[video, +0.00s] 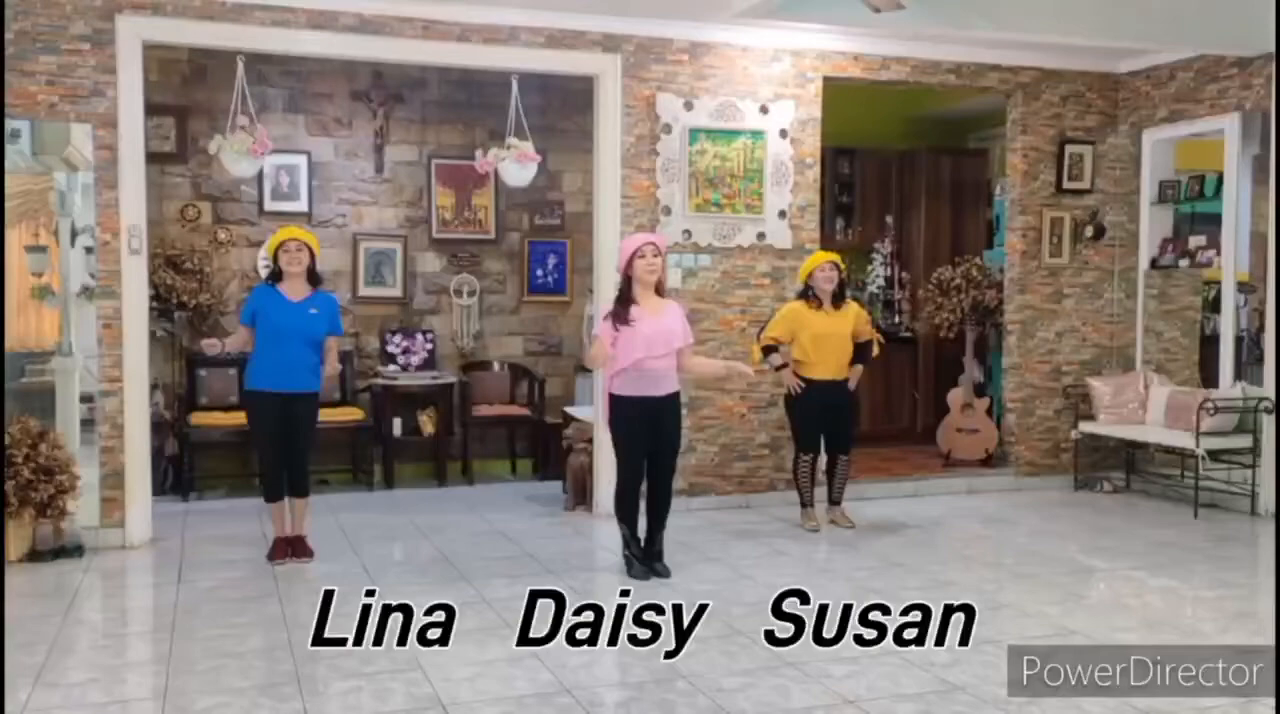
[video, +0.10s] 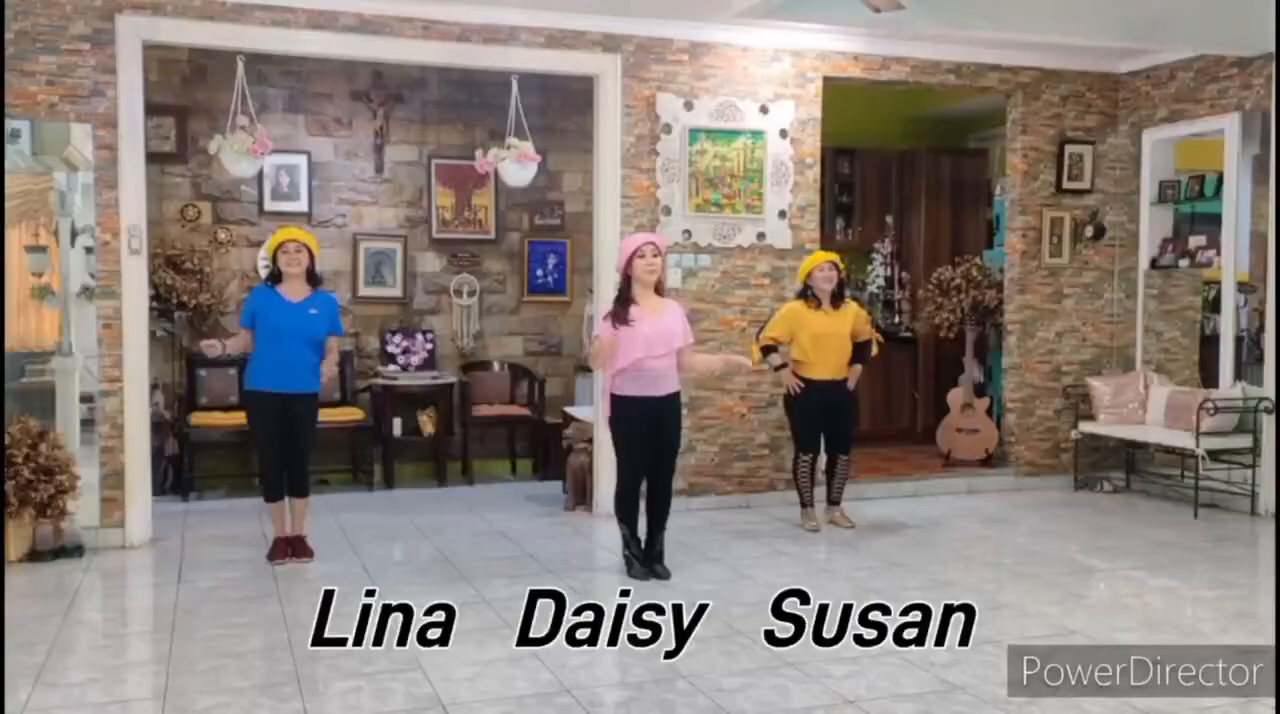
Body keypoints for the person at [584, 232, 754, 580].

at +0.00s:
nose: (652, 262)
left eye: (656, 256)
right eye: (643, 257)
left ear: (663, 264)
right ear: (629, 267)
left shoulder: (673, 310)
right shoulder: (616, 313)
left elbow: (686, 362)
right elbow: (595, 360)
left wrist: (730, 367)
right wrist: (595, 350)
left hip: (667, 401)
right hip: (627, 402)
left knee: (662, 478)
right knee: (631, 476)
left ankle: (654, 549)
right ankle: (631, 550)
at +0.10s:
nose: (651, 262)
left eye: (656, 256)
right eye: (643, 257)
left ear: (663, 264)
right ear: (628, 266)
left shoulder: (673, 309)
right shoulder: (615, 313)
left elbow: (687, 362)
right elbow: (598, 361)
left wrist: (729, 362)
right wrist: (599, 346)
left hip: (667, 401)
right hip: (628, 402)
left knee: (661, 478)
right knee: (631, 476)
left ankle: (655, 551)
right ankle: (631, 549)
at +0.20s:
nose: (651, 262)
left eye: (655, 257)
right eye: (642, 257)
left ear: (662, 265)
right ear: (627, 268)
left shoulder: (672, 308)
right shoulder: (616, 313)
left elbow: (687, 361)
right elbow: (603, 362)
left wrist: (729, 369)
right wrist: (617, 332)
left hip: (668, 402)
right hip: (629, 403)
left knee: (662, 479)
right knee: (632, 477)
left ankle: (655, 552)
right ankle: (632, 549)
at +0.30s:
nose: (648, 266)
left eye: (653, 260)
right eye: (639, 261)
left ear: (661, 267)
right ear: (625, 271)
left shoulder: (674, 311)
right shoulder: (615, 317)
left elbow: (688, 365)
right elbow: (609, 372)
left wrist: (722, 399)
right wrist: (629, 368)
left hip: (670, 406)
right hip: (632, 409)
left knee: (667, 485)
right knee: (633, 483)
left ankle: (655, 553)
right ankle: (632, 549)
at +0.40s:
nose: (646, 266)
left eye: (650, 260)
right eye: (637, 262)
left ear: (659, 268)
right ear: (624, 273)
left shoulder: (675, 313)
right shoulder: (615, 318)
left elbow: (687, 367)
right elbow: (606, 372)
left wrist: (711, 406)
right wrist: (629, 396)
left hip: (671, 407)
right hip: (632, 409)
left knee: (668, 485)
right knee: (631, 483)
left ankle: (656, 552)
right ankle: (630, 550)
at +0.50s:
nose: (642, 260)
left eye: (647, 255)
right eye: (633, 256)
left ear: (656, 264)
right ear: (622, 269)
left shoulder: (674, 307)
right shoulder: (615, 313)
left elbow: (688, 363)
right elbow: (598, 367)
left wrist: (718, 401)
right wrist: (610, 385)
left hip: (668, 404)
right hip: (627, 405)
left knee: (662, 483)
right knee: (626, 480)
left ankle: (655, 553)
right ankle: (621, 551)